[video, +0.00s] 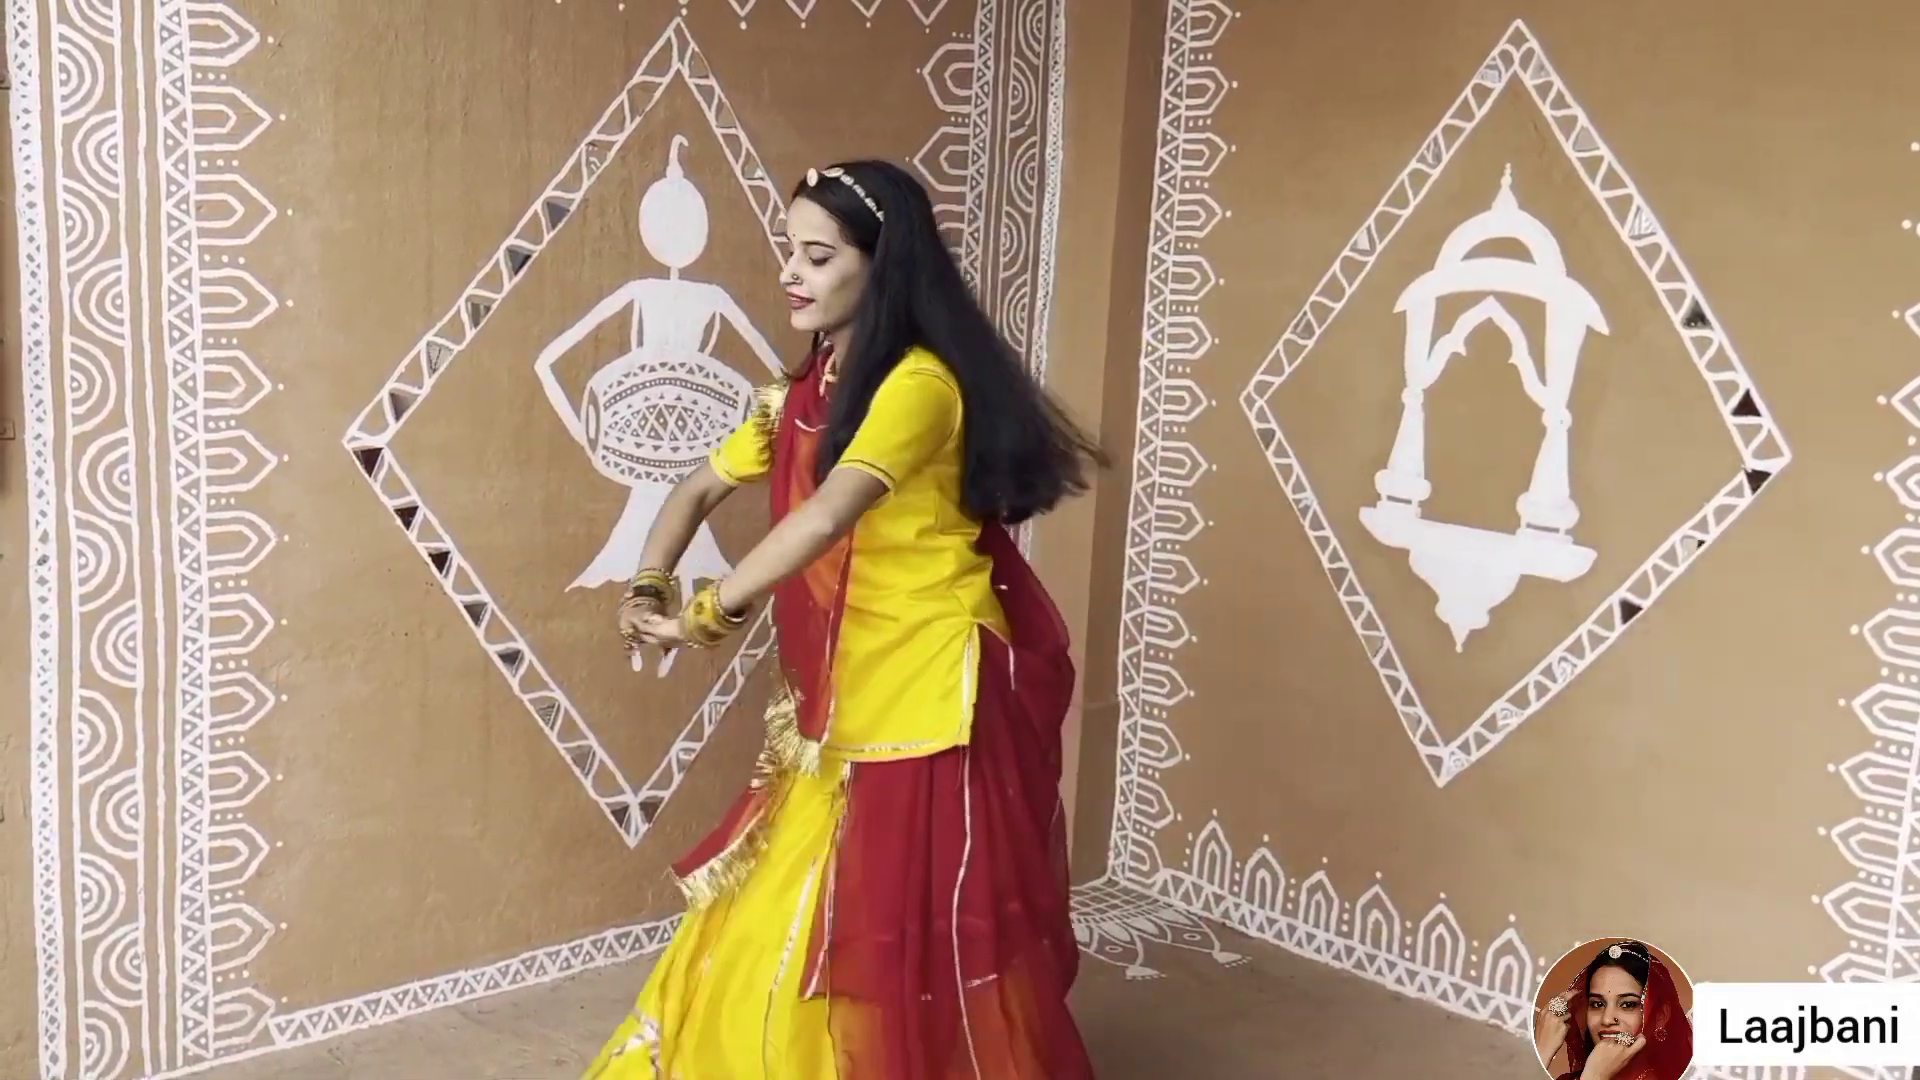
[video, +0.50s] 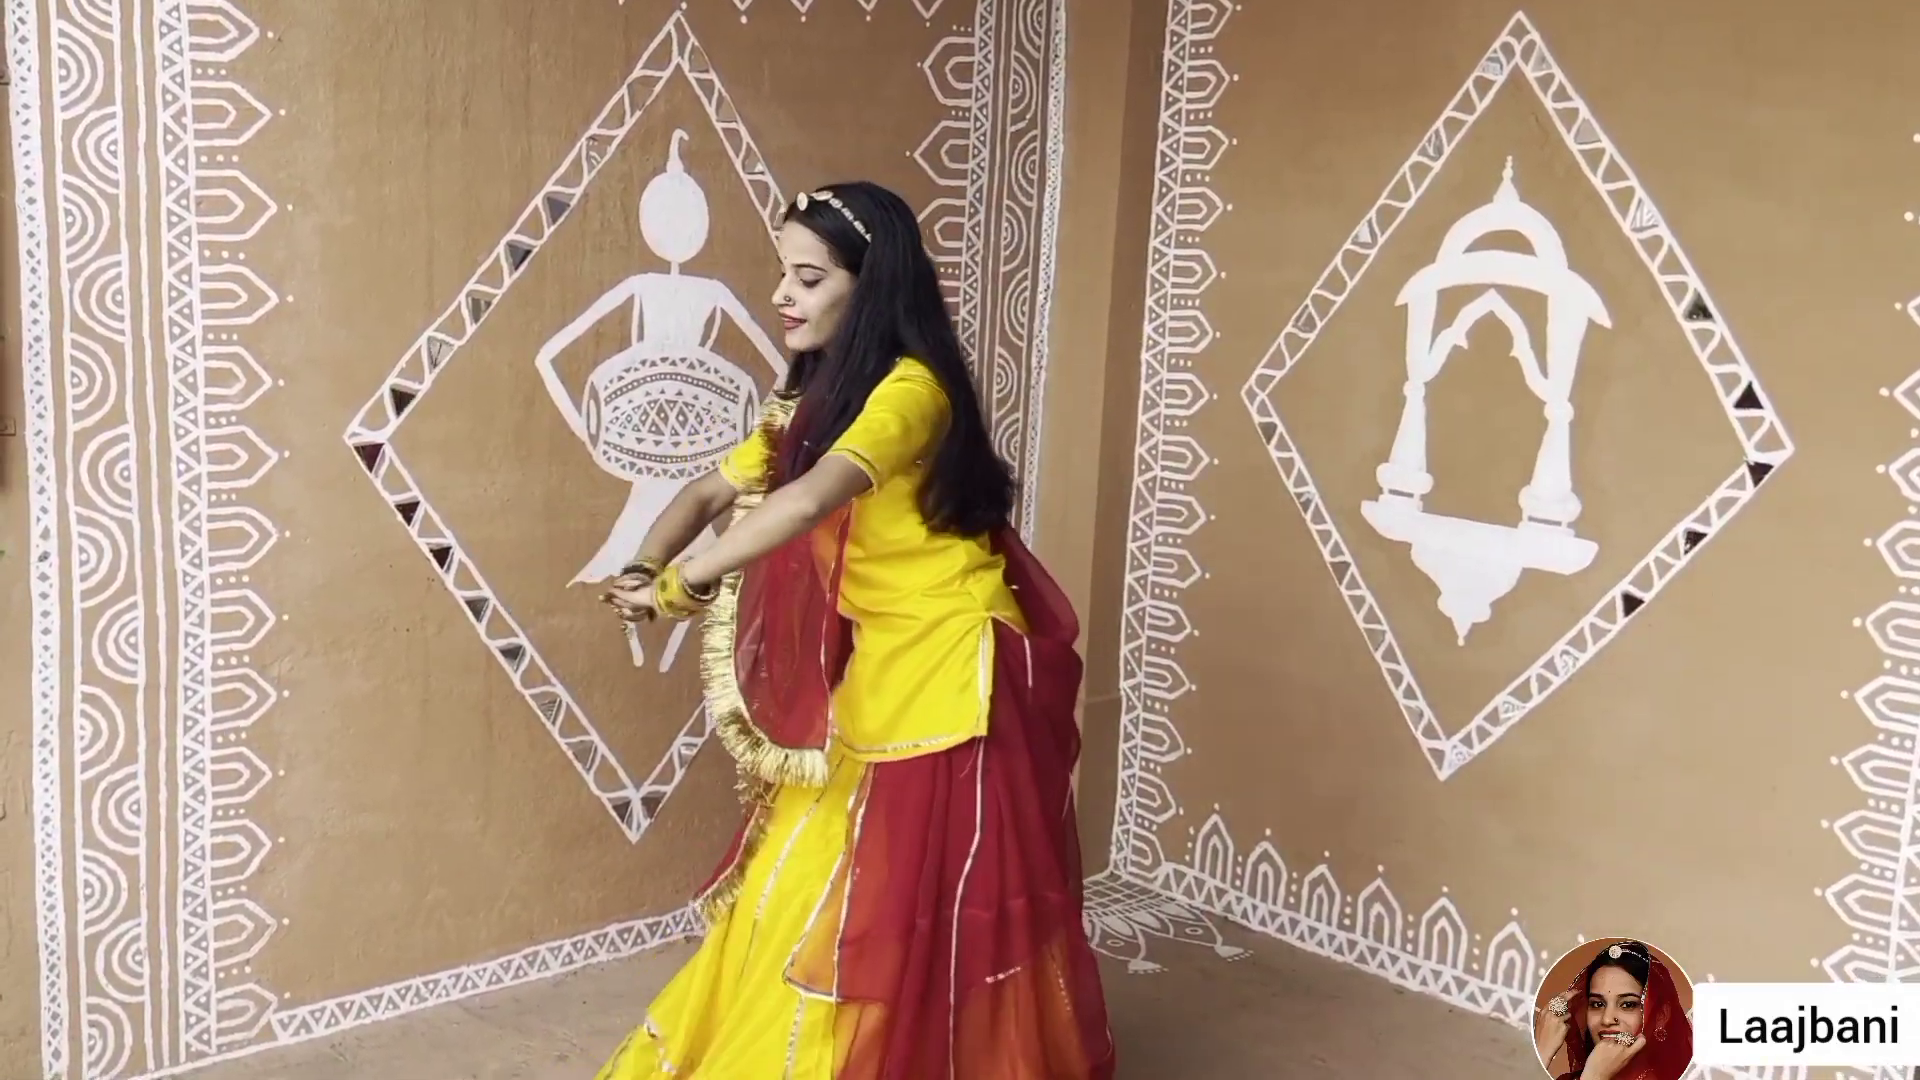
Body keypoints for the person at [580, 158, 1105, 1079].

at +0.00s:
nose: (792, 277)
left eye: (816, 255)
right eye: (788, 255)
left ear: (883, 263)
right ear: (793, 263)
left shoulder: (919, 383)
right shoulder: (807, 384)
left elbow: (830, 512)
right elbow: (699, 488)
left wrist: (711, 610)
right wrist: (652, 581)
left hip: (945, 702)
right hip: (846, 700)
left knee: (906, 946)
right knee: (771, 935)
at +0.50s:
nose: (783, 300)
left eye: (807, 280)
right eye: (781, 278)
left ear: (870, 283)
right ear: (785, 280)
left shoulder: (911, 389)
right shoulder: (818, 394)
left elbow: (809, 501)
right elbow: (712, 488)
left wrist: (680, 581)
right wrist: (648, 569)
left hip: (964, 666)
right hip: (874, 665)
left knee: (927, 905)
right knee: (802, 892)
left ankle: (925, 1068)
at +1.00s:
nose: (844, 242)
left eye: (862, 219)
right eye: (837, 221)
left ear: (926, 211)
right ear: (835, 218)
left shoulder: (1004, 317)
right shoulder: (831, 302)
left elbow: (947, 452)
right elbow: (667, 276)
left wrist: (801, 422)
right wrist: (660, 301)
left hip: (961, 656)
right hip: (838, 645)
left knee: (931, 879)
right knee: (835, 875)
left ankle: (941, 1061)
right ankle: (834, 1055)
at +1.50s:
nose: (946, 223)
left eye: (963, 203)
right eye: (924, 203)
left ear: (978, 212)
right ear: (876, 219)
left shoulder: (984, 290)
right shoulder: (871, 332)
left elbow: (1091, 218)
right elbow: (960, 233)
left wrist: (1127, 137)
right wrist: (1043, 88)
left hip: (1027, 641)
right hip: (950, 653)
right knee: (1070, 881)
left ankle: (799, 974)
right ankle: (1008, 1060)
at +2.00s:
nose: (942, 216)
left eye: (951, 203)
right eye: (953, 199)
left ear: (960, 228)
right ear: (1058, 230)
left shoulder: (921, 309)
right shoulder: (1088, 345)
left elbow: (814, 198)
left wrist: (868, 112)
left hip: (912, 606)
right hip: (1025, 615)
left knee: (921, 823)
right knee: (1039, 826)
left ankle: (908, 1031)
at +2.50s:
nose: (879, 235)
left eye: (907, 216)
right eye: (868, 214)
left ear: (949, 231)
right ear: (848, 228)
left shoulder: (989, 308)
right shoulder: (819, 335)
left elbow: (1127, 217)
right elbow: (786, 303)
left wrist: (1081, 114)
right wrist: (882, 185)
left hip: (1007, 644)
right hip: (869, 648)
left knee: (993, 879)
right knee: (833, 872)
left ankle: (994, 1056)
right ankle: (827, 1056)